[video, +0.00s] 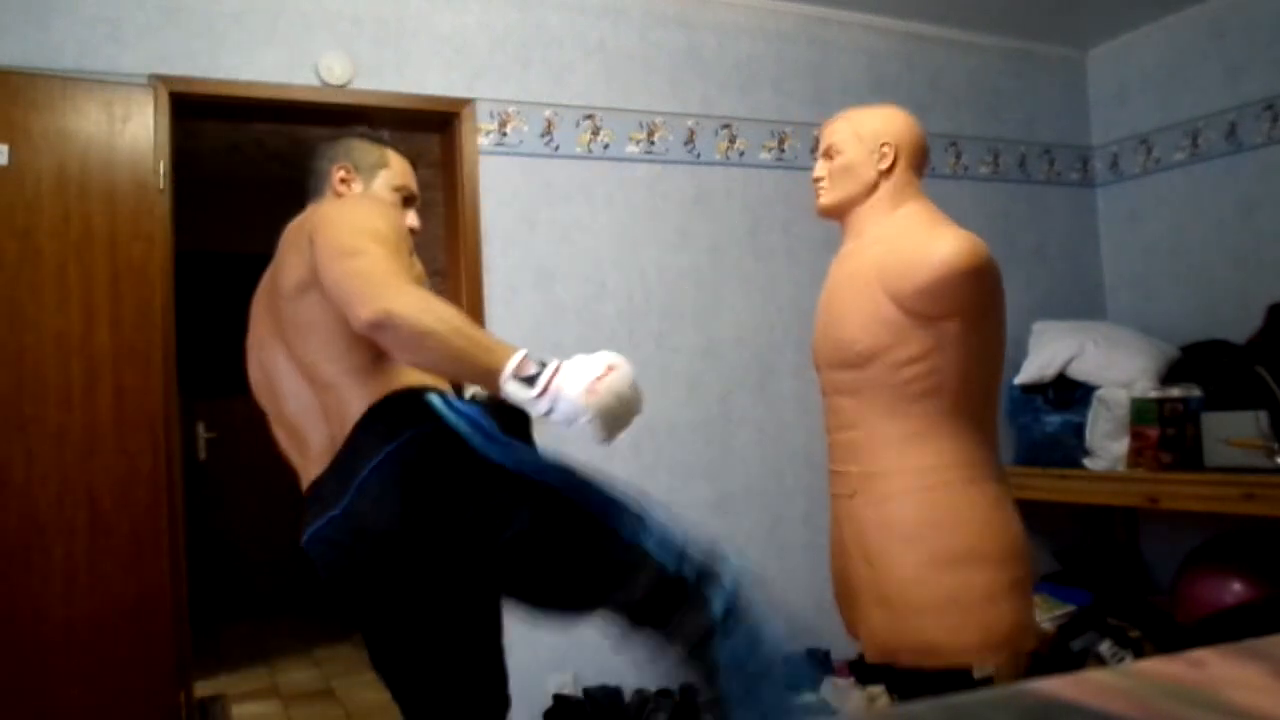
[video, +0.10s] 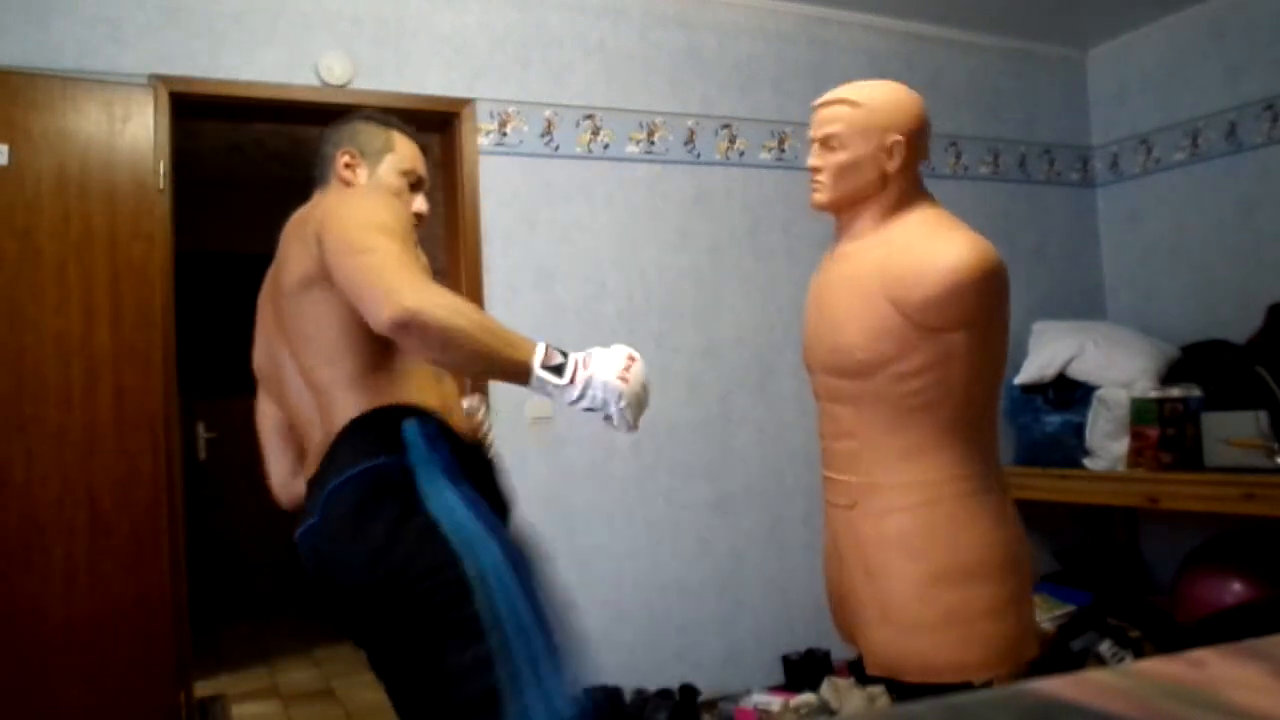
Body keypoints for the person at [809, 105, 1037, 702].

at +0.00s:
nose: (815, 170)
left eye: (830, 155)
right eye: (817, 156)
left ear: (883, 160)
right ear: (880, 163)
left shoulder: (930, 254)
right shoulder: (859, 254)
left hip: (933, 520)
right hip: (872, 520)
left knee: (955, 697)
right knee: (900, 690)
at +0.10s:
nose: (812, 161)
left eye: (831, 144)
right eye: (813, 144)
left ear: (891, 155)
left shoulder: (947, 264)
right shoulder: (845, 255)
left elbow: (964, 439)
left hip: (935, 548)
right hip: (864, 543)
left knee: (960, 707)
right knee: (896, 699)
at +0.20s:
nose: (806, 165)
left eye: (825, 149)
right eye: (806, 151)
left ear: (883, 158)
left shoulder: (947, 264)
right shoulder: (831, 269)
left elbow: (962, 433)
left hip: (934, 534)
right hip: (860, 533)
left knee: (958, 703)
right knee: (893, 696)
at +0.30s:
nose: (820, 165)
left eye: (837, 150)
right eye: (822, 152)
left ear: (891, 156)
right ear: (884, 159)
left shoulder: (941, 256)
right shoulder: (857, 256)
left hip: (938, 526)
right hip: (875, 523)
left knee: (955, 698)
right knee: (901, 690)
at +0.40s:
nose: (813, 161)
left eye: (831, 145)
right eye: (815, 146)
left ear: (888, 154)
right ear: (882, 155)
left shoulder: (946, 261)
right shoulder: (855, 255)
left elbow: (966, 435)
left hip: (935, 544)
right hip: (872, 539)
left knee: (953, 703)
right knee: (897, 696)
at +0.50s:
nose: (800, 166)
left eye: (817, 149)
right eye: (801, 151)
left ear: (874, 156)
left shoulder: (937, 264)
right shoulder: (839, 259)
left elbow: (959, 434)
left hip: (930, 544)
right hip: (864, 541)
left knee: (949, 703)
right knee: (892, 696)